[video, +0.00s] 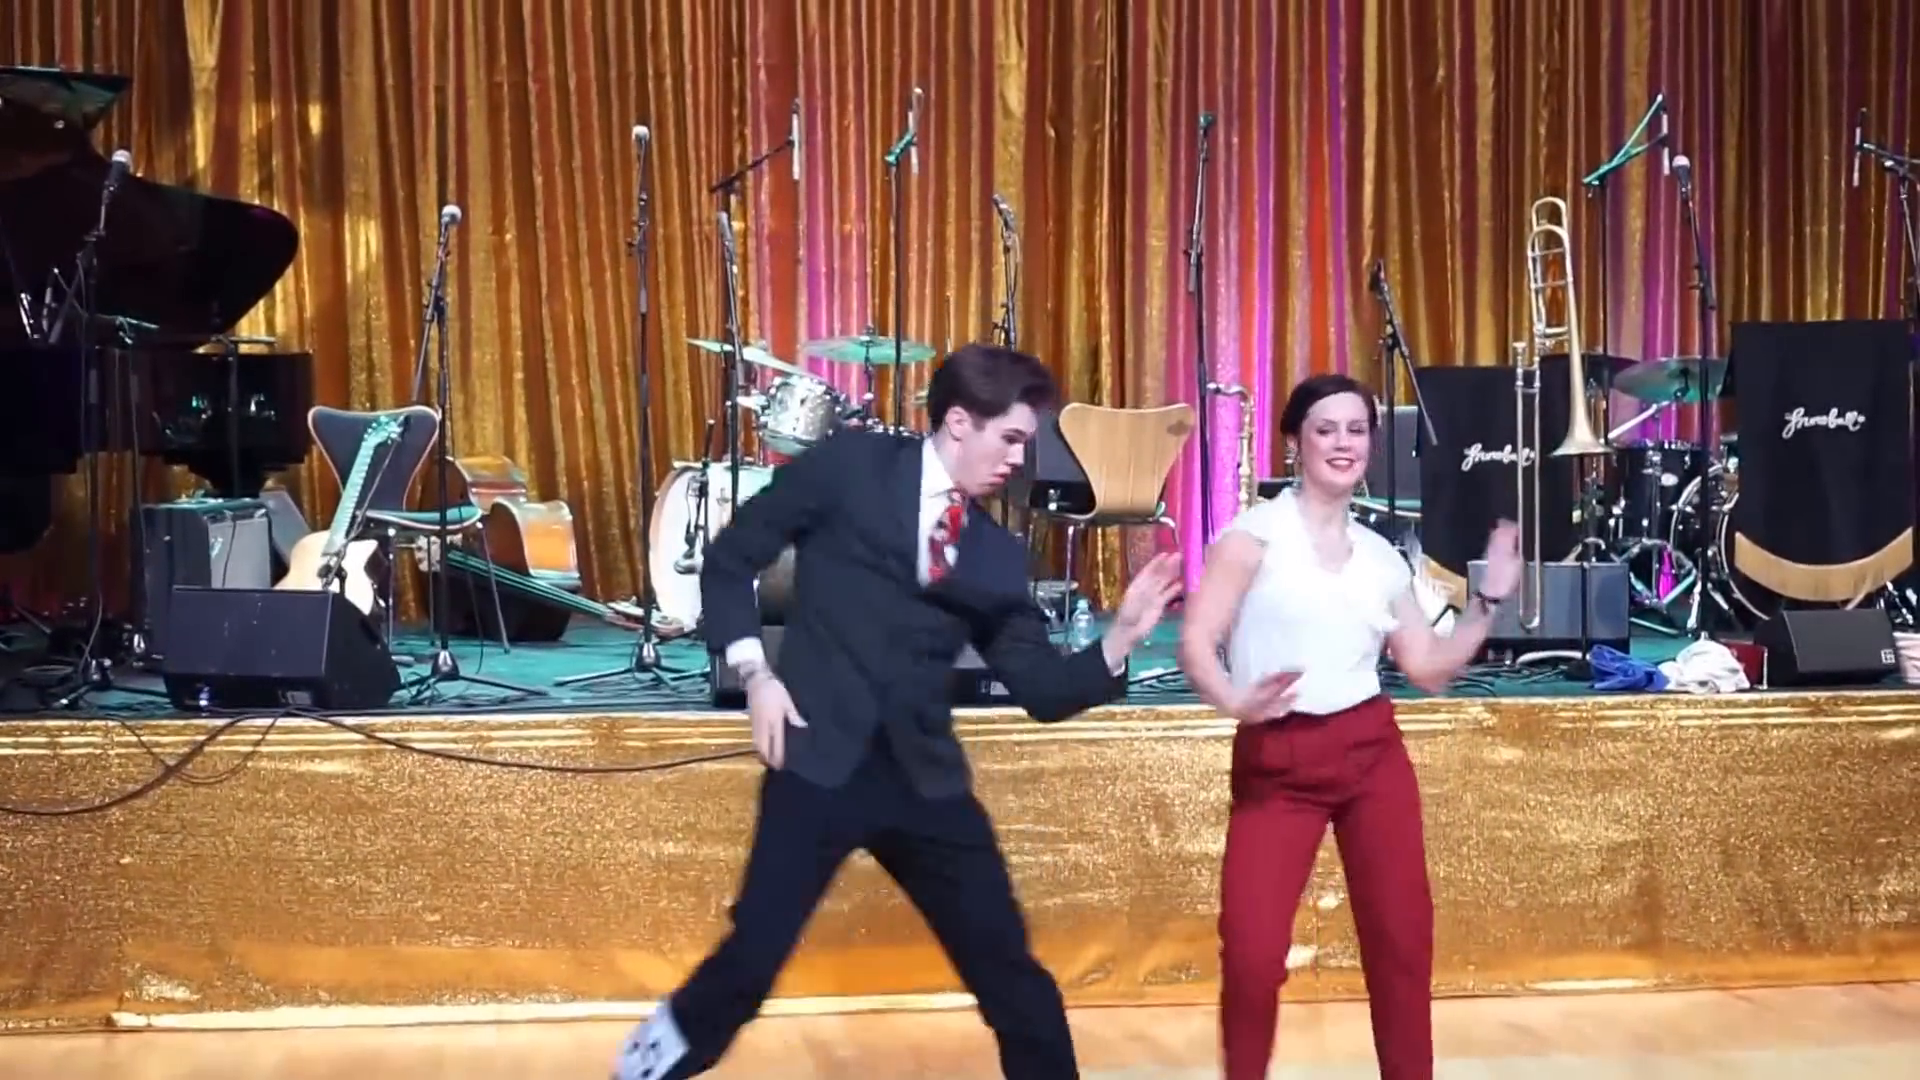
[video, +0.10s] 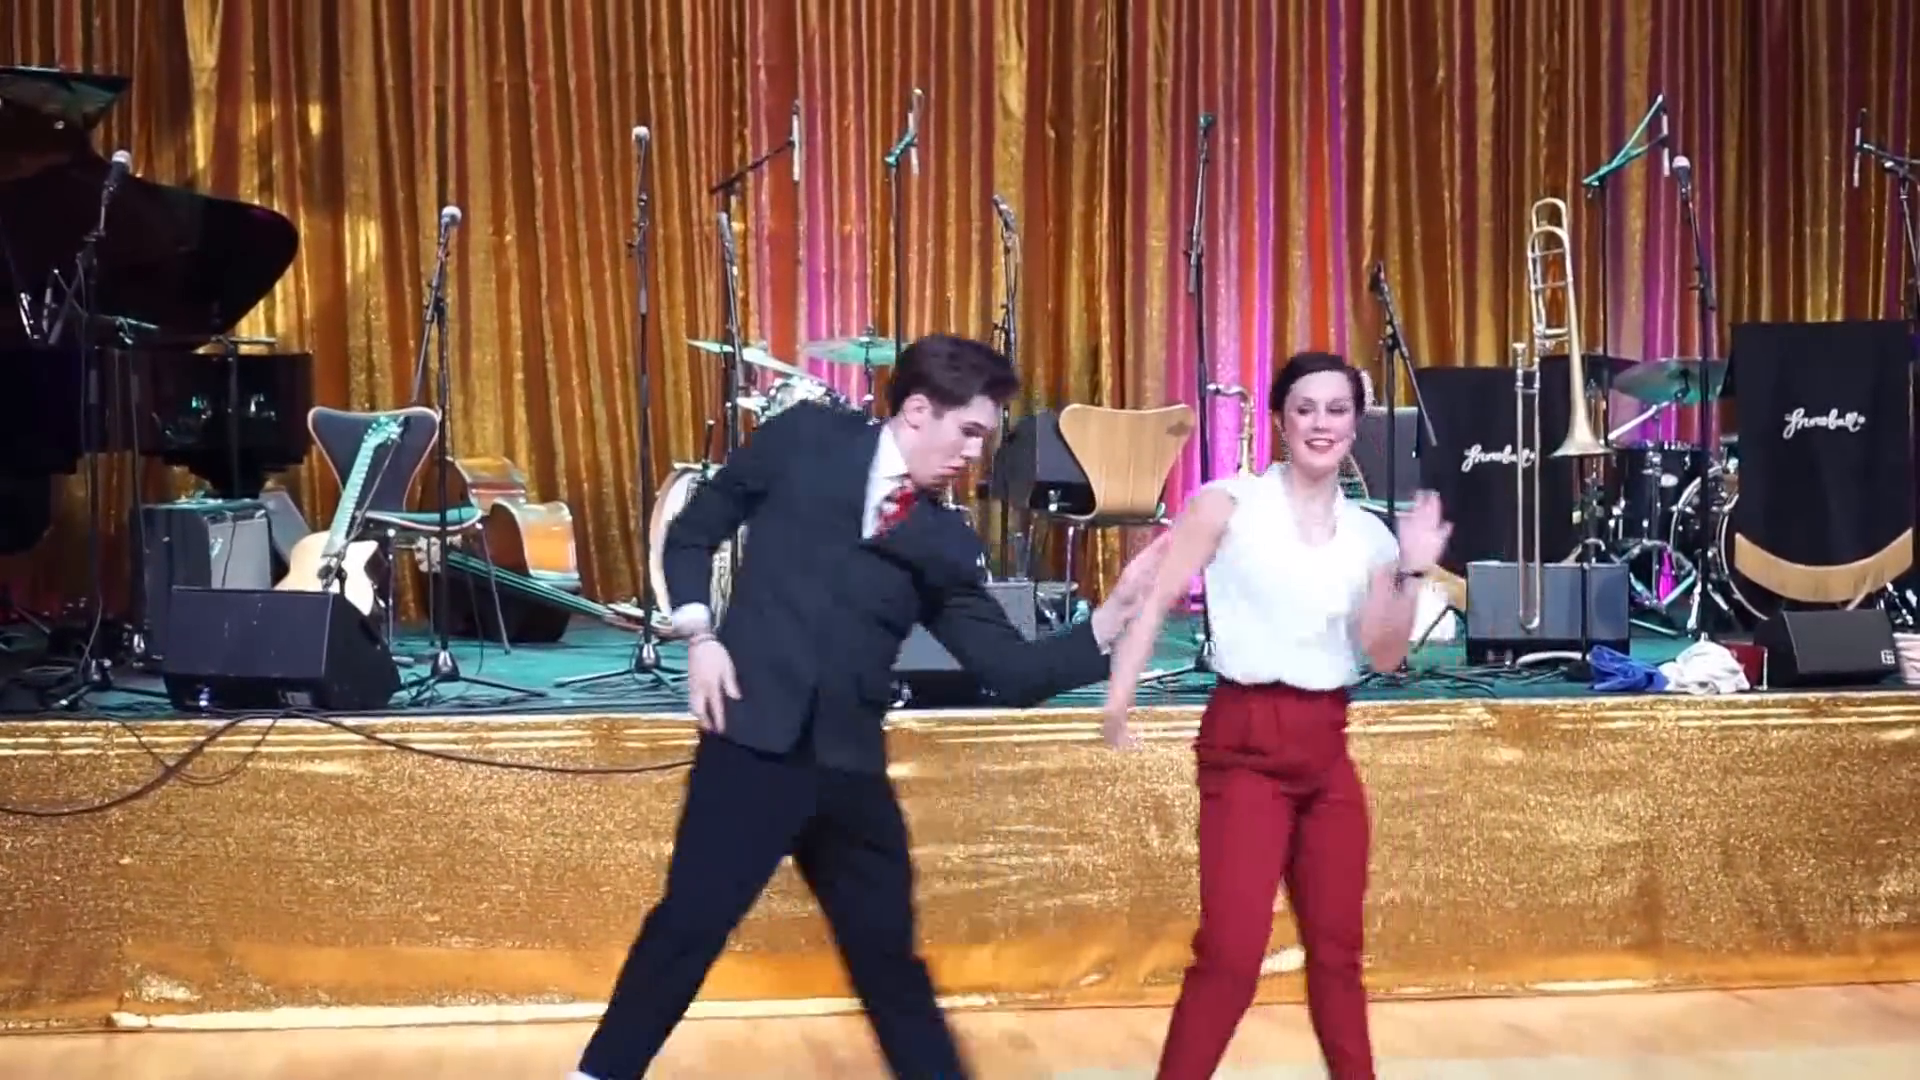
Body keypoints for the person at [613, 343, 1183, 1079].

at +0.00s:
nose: (1021, 460)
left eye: (1028, 444)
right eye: (1012, 438)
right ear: (955, 422)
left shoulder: (997, 556)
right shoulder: (848, 464)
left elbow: (1046, 694)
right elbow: (729, 557)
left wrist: (1121, 639)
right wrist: (754, 674)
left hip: (924, 771)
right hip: (818, 753)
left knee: (1013, 982)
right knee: (751, 963)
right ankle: (643, 1068)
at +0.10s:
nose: (977, 456)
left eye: (987, 440)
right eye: (970, 432)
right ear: (914, 412)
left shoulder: (942, 545)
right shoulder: (806, 436)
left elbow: (1012, 669)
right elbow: (692, 530)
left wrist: (1108, 621)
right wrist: (695, 633)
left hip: (850, 768)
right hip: (749, 746)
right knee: (685, 933)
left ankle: (941, 1076)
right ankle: (603, 1072)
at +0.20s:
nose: (928, 456)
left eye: (937, 441)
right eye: (922, 433)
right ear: (865, 411)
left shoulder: (897, 557)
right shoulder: (751, 441)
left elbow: (971, 666)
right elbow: (632, 533)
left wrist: (1078, 612)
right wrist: (642, 624)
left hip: (785, 785)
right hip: (680, 755)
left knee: (813, 1001)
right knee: (620, 973)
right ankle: (581, 1076)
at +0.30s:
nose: (885, 447)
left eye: (892, 431)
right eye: (878, 424)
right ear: (821, 407)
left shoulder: (857, 553)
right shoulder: (708, 433)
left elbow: (931, 661)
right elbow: (587, 517)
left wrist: (1049, 619)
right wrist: (598, 595)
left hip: (734, 768)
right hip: (628, 739)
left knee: (766, 999)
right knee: (581, 981)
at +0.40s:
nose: (847, 436)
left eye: (855, 421)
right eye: (838, 414)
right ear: (777, 399)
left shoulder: (826, 540)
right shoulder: (663, 434)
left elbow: (880, 656)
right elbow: (549, 513)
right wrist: (569, 546)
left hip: (699, 752)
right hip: (594, 732)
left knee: (746, 985)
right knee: (563, 983)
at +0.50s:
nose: (783, 425)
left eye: (791, 407)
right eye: (768, 404)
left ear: (796, 406)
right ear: (710, 395)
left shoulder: (799, 537)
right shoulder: (617, 452)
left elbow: (809, 700)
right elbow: (499, 562)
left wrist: (827, 847)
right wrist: (559, 473)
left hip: (692, 777)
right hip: (577, 768)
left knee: (760, 975)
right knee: (540, 1021)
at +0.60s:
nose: (719, 429)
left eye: (732, 412)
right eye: (703, 409)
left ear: (746, 411)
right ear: (654, 401)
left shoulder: (769, 519)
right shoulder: (582, 480)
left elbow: (737, 653)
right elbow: (593, 585)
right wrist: (630, 456)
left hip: (689, 778)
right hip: (576, 768)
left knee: (669, 970)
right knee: (535, 989)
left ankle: (686, 1061)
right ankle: (537, 1078)